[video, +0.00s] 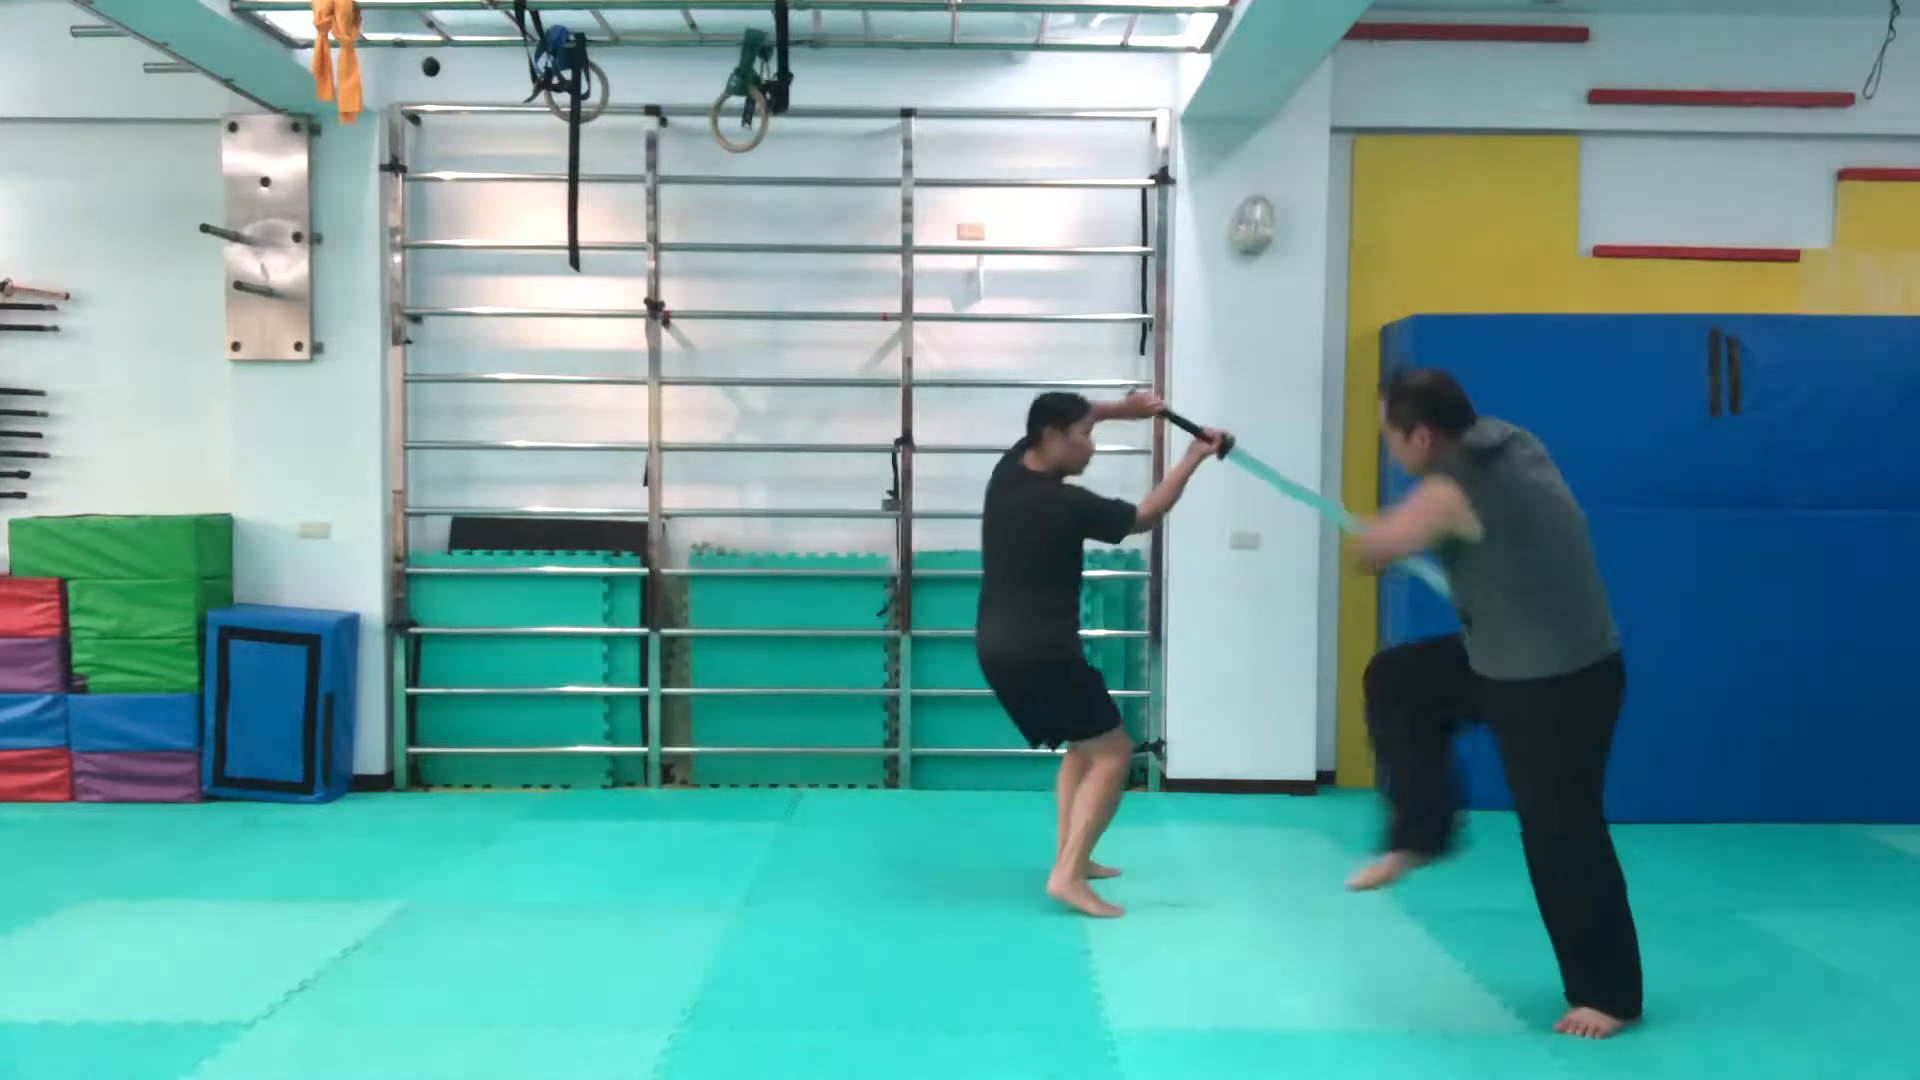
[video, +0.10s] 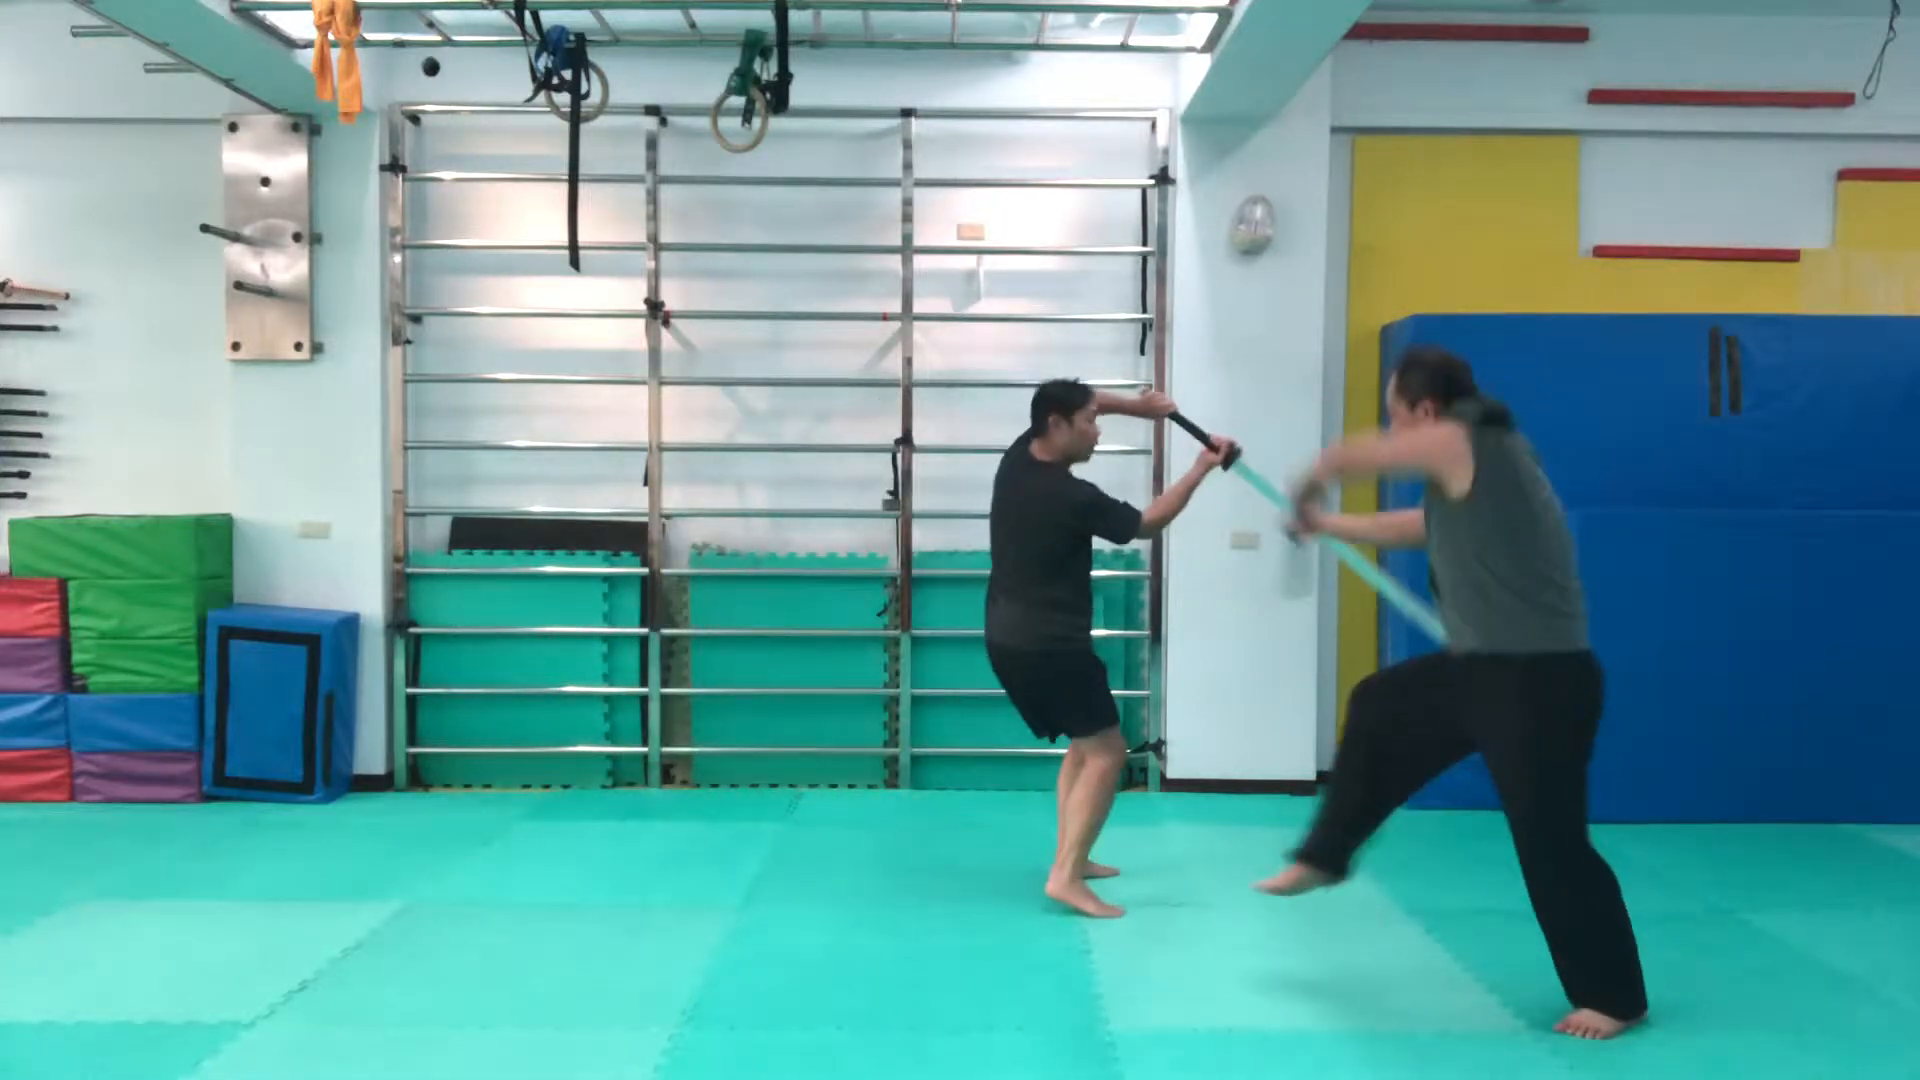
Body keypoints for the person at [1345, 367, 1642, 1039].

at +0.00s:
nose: (1392, 451)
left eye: (1393, 438)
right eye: (1390, 438)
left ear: (1423, 434)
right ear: (1450, 422)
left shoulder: (1453, 487)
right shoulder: (1510, 446)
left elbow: (1374, 549)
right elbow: (1457, 519)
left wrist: (1373, 544)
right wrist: (1396, 530)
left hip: (1555, 681)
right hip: (1511, 661)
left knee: (1563, 836)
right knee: (1397, 677)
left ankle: (1609, 998)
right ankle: (1419, 835)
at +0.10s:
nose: (1390, 426)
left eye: (1394, 412)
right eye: (1390, 414)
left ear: (1426, 408)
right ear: (1444, 408)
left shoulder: (1472, 442)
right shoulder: (1468, 473)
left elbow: (1353, 454)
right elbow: (1406, 526)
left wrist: (1312, 483)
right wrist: (1324, 523)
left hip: (1540, 678)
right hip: (1482, 672)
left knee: (1552, 840)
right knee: (1382, 707)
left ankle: (1612, 999)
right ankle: (1323, 857)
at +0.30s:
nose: (1367, 418)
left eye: (1379, 402)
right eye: (1367, 403)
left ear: (1415, 398)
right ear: (1374, 406)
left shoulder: (1462, 446)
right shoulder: (1381, 486)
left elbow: (1370, 376)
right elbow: (1295, 500)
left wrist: (1279, 358)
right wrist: (1241, 440)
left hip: (1458, 671)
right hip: (1394, 673)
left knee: (1495, 832)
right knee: (1312, 800)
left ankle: (1608, 987)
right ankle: (1254, 941)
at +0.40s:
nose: (1308, 428)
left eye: (1319, 415)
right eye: (1307, 417)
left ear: (1354, 414)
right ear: (1324, 422)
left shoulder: (1417, 459)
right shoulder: (1333, 496)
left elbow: (1337, 375)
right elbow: (1252, 504)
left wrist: (1259, 350)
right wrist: (1216, 430)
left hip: (1425, 683)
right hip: (1348, 688)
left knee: (1482, 843)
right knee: (1279, 807)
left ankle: (1602, 981)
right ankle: (1262, 956)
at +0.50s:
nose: (1271, 431)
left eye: (1281, 417)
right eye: (1271, 419)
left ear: (1318, 414)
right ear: (1297, 421)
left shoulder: (1384, 456)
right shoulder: (1302, 495)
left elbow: (1308, 376)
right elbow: (1226, 506)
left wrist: (1226, 355)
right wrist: (1188, 431)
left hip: (1415, 679)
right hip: (1337, 686)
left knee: (1475, 834)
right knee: (1266, 801)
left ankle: (1600, 975)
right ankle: (1260, 958)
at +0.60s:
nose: (1257, 430)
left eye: (1269, 414)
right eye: (1257, 417)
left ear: (1305, 407)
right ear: (1275, 414)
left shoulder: (1370, 453)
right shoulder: (1288, 489)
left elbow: (1284, 379)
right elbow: (1213, 507)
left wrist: (1205, 361)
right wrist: (1174, 435)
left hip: (1406, 673)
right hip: (1326, 681)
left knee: (1469, 830)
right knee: (1264, 800)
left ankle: (1597, 968)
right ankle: (1257, 956)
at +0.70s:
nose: (1266, 420)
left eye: (1277, 407)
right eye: (1267, 407)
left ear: (1315, 404)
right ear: (1287, 408)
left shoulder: (1381, 451)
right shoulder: (1289, 486)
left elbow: (1293, 398)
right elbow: (1220, 521)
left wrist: (1211, 383)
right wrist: (1172, 454)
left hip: (1404, 676)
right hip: (1321, 682)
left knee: (1468, 832)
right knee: (1261, 802)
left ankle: (1587, 969)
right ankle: (1258, 958)